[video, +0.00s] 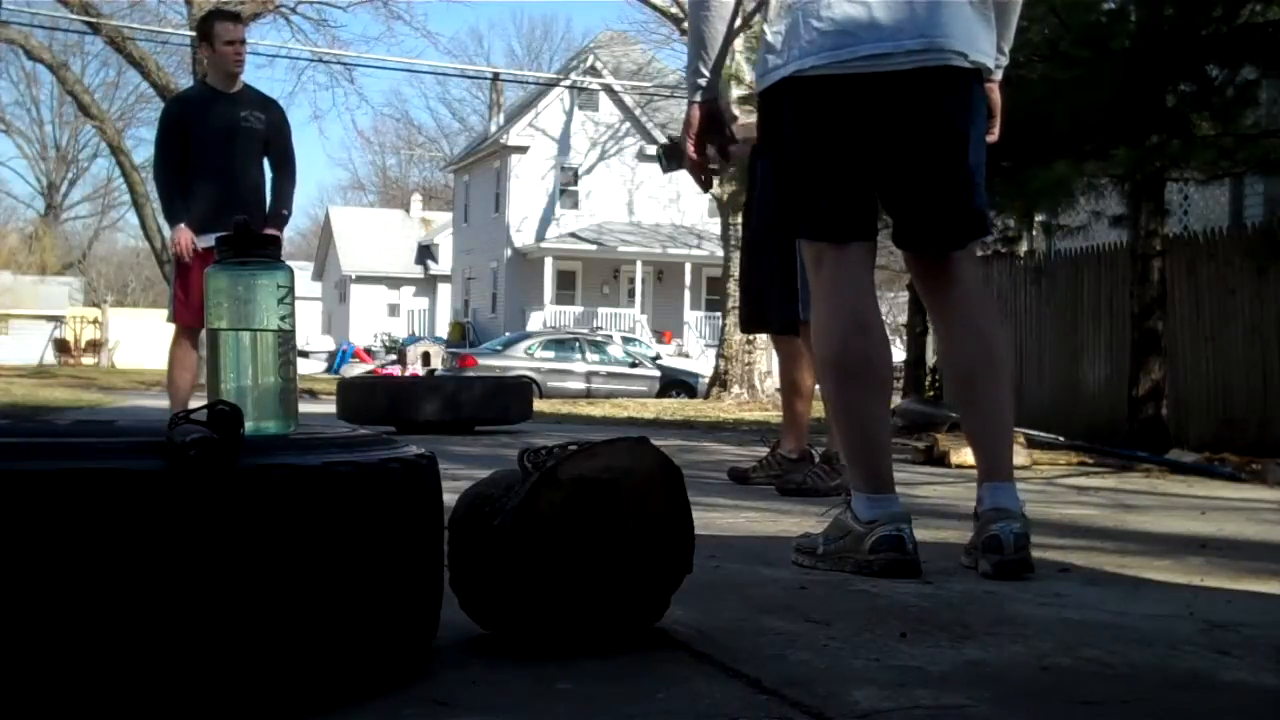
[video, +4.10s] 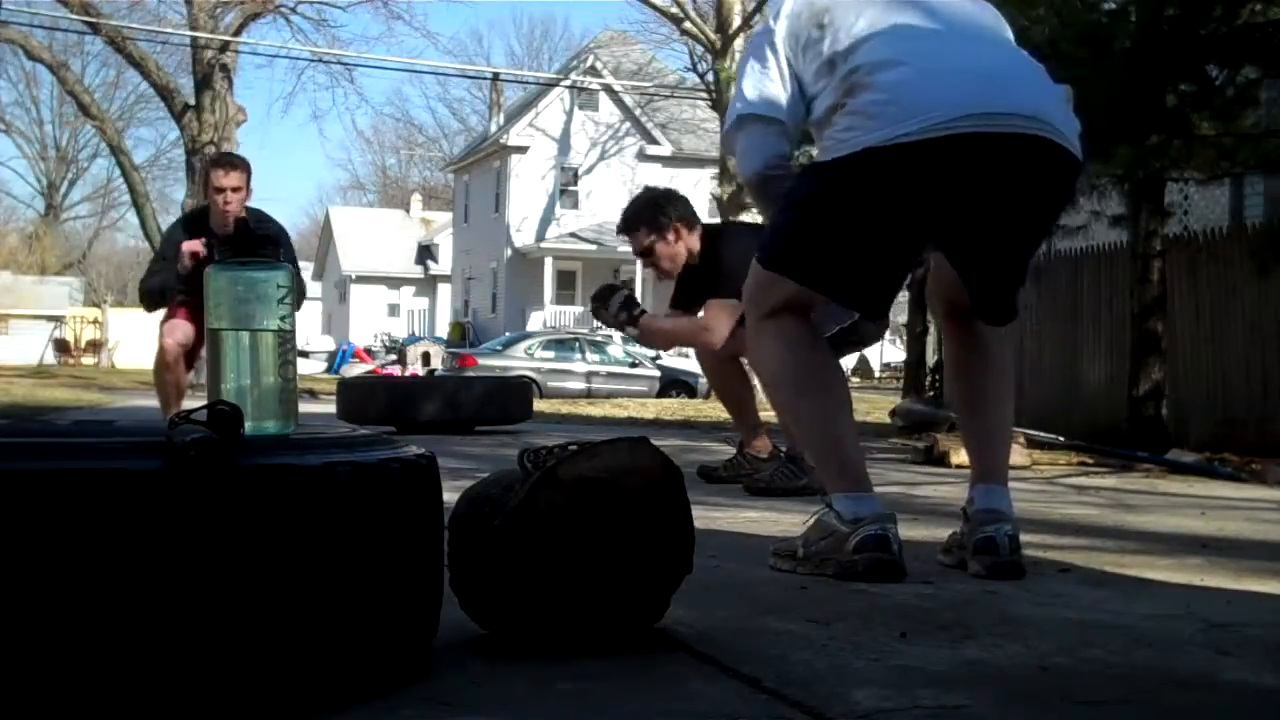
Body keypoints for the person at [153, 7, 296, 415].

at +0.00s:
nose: (240, 51)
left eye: (242, 44)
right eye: (230, 44)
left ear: (246, 47)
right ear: (205, 49)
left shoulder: (267, 109)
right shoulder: (179, 108)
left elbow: (284, 172)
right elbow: (164, 170)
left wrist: (275, 224)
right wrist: (177, 223)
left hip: (251, 241)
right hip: (197, 240)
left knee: (252, 335)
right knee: (188, 331)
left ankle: (250, 425)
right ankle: (179, 421)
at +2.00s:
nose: (256, 55)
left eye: (266, 47)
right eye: (249, 45)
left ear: (276, 50)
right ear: (235, 43)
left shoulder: (294, 107)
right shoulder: (206, 98)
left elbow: (309, 172)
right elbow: (184, 158)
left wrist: (309, 231)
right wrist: (178, 213)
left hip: (265, 233)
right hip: (209, 229)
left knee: (259, 328)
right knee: (188, 321)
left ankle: (255, 419)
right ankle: (175, 410)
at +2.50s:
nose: (195, 42)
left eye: (204, 35)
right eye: (188, 34)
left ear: (215, 40)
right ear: (175, 38)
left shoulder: (240, 99)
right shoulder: (151, 100)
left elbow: (257, 164)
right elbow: (131, 166)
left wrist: (251, 225)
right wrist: (127, 226)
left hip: (229, 231)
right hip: (173, 233)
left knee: (232, 329)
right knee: (170, 328)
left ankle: (232, 421)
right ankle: (170, 421)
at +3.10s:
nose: (201, 98)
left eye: (208, 90)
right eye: (192, 90)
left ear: (220, 93)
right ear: (179, 94)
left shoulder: (244, 144)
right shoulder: (160, 146)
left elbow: (284, 206)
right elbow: (124, 206)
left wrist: (254, 199)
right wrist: (145, 212)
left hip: (232, 260)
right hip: (178, 260)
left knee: (240, 337)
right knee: (160, 332)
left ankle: (238, 422)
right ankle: (170, 422)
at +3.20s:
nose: (208, 135)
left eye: (216, 127)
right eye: (199, 127)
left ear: (227, 129)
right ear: (186, 130)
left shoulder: (251, 176)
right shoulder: (167, 177)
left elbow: (291, 239)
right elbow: (128, 239)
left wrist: (257, 222)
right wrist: (156, 232)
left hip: (240, 277)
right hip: (183, 277)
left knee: (254, 336)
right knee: (162, 333)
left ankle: (246, 422)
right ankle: (170, 424)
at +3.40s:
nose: (219, 189)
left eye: (227, 180)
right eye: (211, 181)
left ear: (239, 181)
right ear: (198, 181)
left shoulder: (260, 220)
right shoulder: (178, 221)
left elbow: (294, 283)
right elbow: (140, 288)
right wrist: (177, 273)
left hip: (248, 295)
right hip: (194, 297)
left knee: (267, 337)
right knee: (163, 338)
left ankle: (258, 422)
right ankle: (172, 425)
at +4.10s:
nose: (227, 199)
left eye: (235, 191)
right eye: (219, 191)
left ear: (247, 193)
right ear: (207, 192)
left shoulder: (270, 231)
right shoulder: (184, 230)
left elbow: (295, 295)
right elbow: (148, 298)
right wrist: (181, 269)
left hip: (250, 303)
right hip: (194, 304)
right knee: (171, 343)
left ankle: (255, 423)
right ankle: (173, 425)